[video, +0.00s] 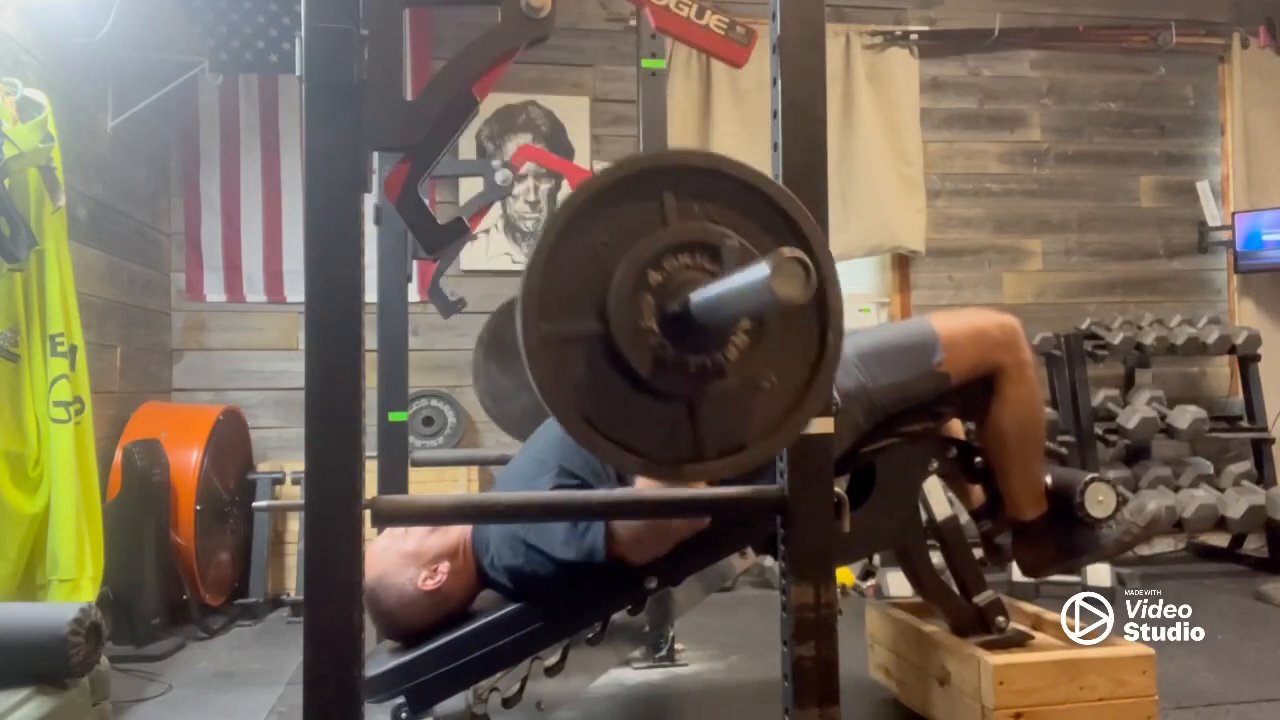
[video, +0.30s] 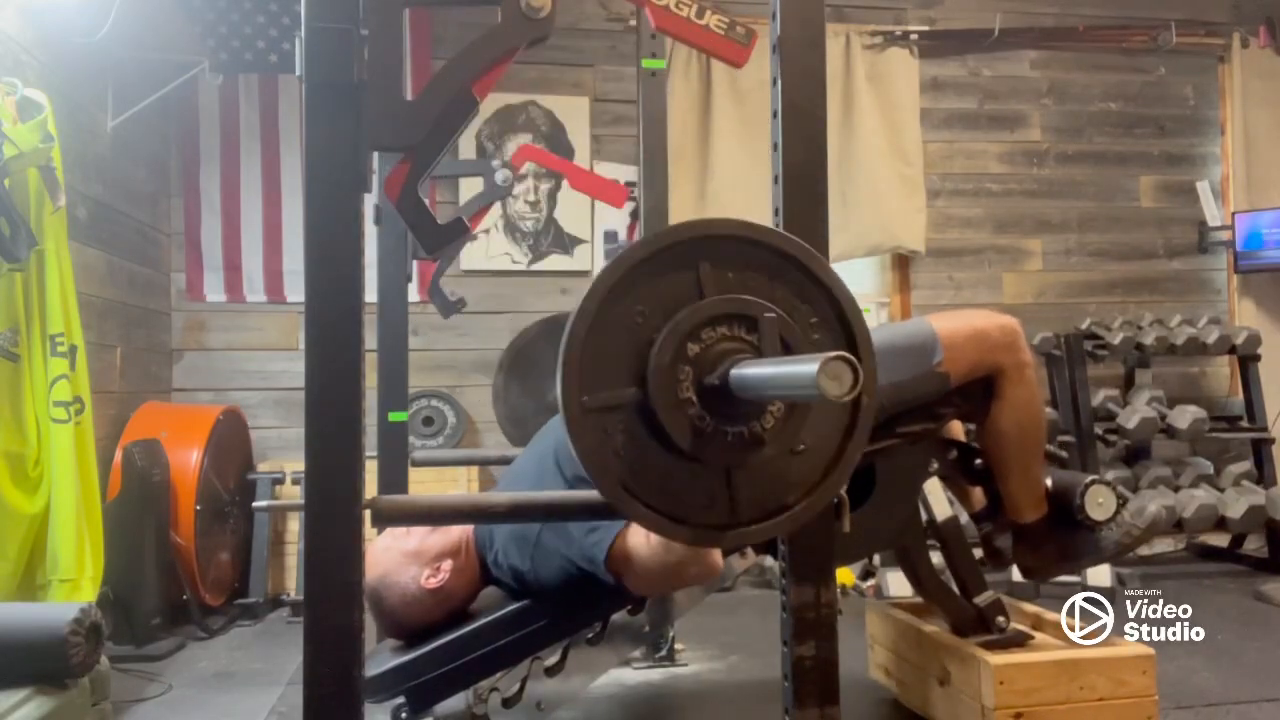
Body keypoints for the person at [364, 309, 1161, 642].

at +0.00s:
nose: (418, 531)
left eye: (399, 536)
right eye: (416, 552)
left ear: (423, 544)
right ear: (445, 580)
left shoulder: (490, 502)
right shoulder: (526, 546)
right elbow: (652, 530)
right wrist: (679, 395)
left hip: (714, 390)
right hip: (747, 441)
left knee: (921, 320)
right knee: (999, 339)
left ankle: (985, 476)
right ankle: (1034, 525)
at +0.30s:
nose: (419, 529)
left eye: (401, 536)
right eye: (418, 550)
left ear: (428, 548)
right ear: (448, 578)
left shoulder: (497, 497)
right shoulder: (536, 544)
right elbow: (694, 565)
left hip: (715, 389)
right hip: (758, 436)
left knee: (907, 318)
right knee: (999, 339)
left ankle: (980, 470)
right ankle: (1034, 527)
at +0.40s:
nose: (419, 529)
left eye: (401, 535)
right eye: (418, 550)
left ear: (427, 546)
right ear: (448, 577)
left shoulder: (494, 497)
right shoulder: (534, 544)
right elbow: (668, 550)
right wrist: (702, 534)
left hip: (714, 387)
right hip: (753, 435)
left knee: (916, 321)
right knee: (998, 339)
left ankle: (987, 474)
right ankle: (1035, 529)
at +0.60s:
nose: (415, 530)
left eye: (398, 536)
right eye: (415, 550)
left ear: (426, 545)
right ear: (447, 577)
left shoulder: (499, 496)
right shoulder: (525, 541)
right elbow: (654, 531)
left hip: (717, 398)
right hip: (746, 445)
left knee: (960, 327)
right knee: (1001, 341)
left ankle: (993, 484)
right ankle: (1035, 530)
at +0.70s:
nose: (417, 531)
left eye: (399, 536)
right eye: (416, 551)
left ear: (426, 541)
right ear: (447, 578)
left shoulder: (499, 496)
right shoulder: (527, 548)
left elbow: (614, 424)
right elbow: (658, 476)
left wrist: (626, 312)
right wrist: (653, 338)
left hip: (740, 383)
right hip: (761, 434)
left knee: (955, 327)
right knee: (1001, 341)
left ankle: (990, 483)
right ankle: (1035, 529)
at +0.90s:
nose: (414, 529)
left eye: (396, 534)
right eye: (412, 549)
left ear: (428, 545)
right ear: (446, 576)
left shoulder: (507, 492)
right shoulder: (532, 553)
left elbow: (565, 389)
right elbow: (624, 419)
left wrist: (564, 243)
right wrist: (596, 263)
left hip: (738, 370)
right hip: (769, 423)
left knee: (944, 327)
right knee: (999, 340)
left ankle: (985, 486)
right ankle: (1034, 528)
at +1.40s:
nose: (416, 530)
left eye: (398, 534)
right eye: (413, 548)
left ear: (427, 547)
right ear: (444, 576)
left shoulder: (501, 494)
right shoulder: (530, 550)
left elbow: (573, 397)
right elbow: (637, 434)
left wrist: (575, 246)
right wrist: (618, 273)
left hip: (739, 371)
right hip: (769, 424)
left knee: (935, 321)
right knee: (998, 336)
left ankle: (974, 473)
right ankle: (1032, 525)